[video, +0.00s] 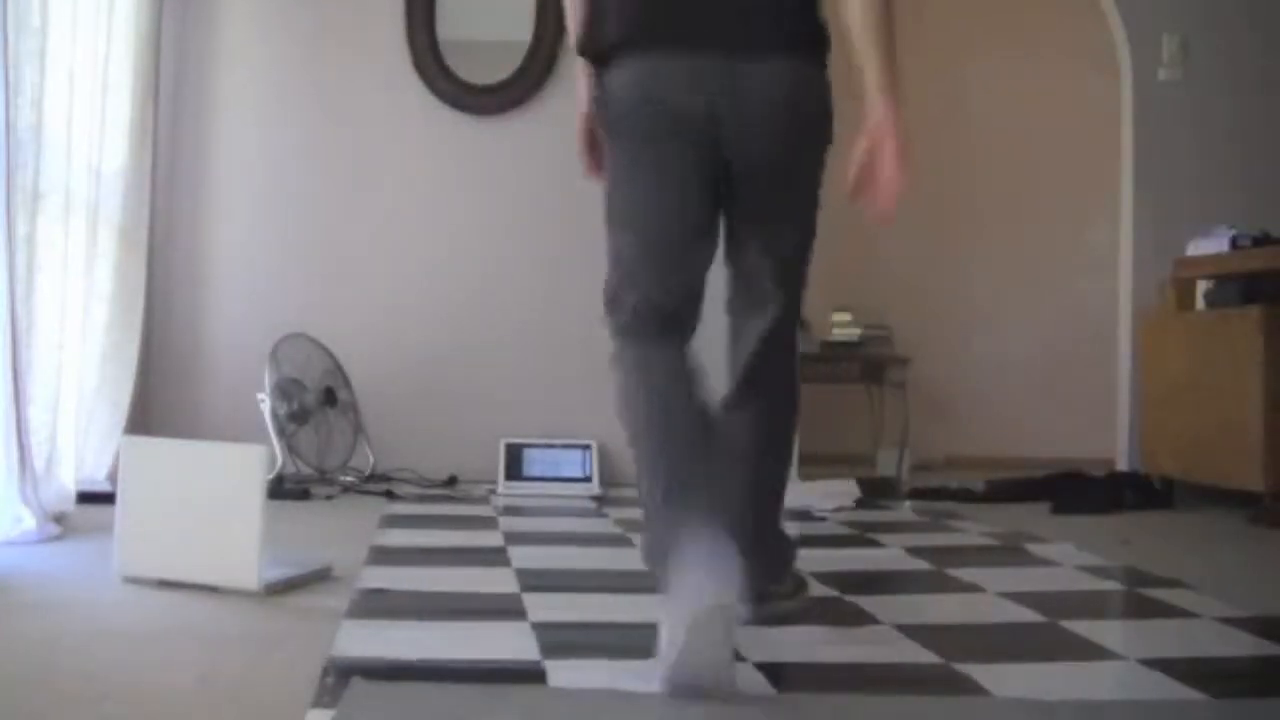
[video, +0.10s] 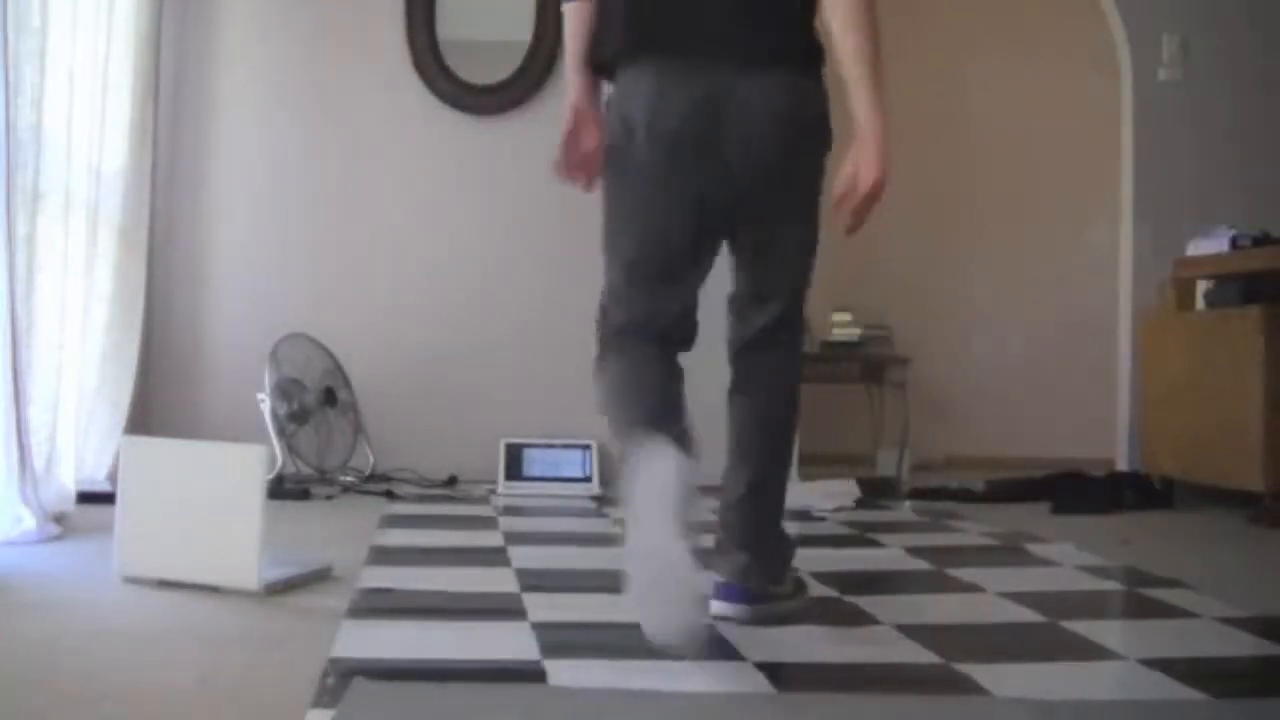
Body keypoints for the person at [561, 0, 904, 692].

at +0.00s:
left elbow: (579, 3)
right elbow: (849, 1)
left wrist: (591, 90)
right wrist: (877, 101)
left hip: (650, 67)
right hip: (778, 68)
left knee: (648, 326)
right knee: (765, 332)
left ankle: (695, 560)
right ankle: (757, 570)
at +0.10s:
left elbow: (582, 1)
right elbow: (837, 4)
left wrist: (581, 92)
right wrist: (866, 129)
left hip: (655, 88)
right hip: (780, 92)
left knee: (638, 327)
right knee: (767, 337)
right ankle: (750, 564)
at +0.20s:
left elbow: (576, 1)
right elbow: (810, 8)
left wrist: (569, 104)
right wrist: (837, 138)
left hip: (636, 101)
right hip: (752, 104)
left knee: (647, 296)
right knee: (766, 334)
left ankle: (601, 462)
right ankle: (750, 559)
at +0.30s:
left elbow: (577, 4)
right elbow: (775, 6)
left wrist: (570, 98)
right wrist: (811, 131)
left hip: (621, 94)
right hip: (724, 98)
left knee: (650, 290)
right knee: (758, 325)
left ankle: (567, 502)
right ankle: (749, 561)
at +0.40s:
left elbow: (573, 13)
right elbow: (705, 8)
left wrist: (578, 100)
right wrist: (766, 121)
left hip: (600, 80)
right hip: (674, 90)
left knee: (634, 303)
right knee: (734, 316)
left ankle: (552, 503)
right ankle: (744, 555)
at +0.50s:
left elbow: (573, 18)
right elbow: (649, 10)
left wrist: (565, 116)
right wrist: (730, 130)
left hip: (588, 94)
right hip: (631, 105)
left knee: (616, 310)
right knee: (718, 319)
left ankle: (539, 495)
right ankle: (739, 544)